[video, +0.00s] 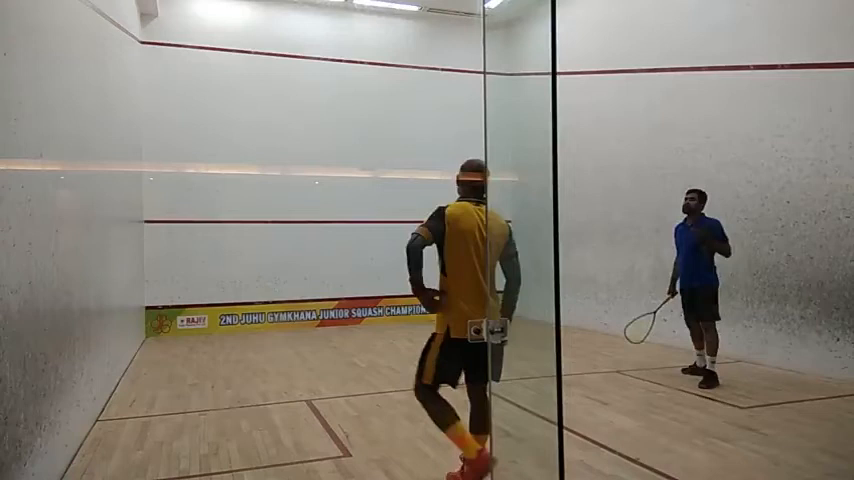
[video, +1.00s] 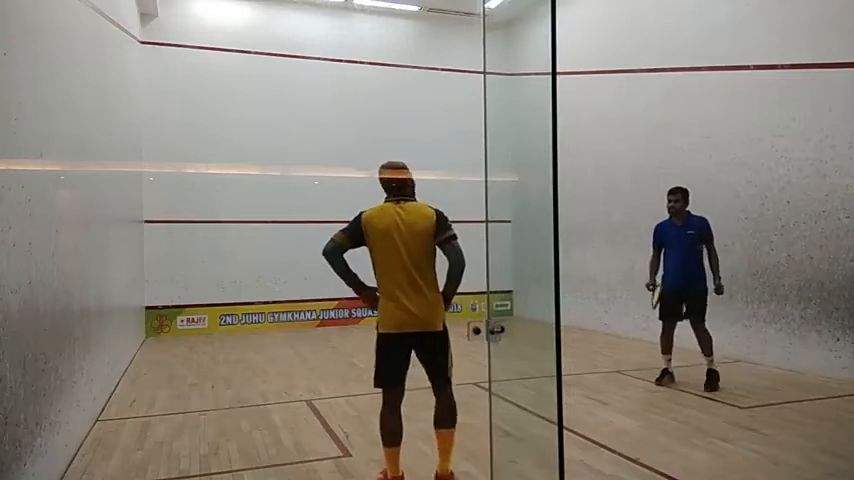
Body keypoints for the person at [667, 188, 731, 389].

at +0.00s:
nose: (686, 203)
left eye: (691, 200)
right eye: (685, 199)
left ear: (701, 204)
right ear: (683, 203)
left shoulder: (712, 225)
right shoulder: (680, 229)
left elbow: (727, 251)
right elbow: (679, 257)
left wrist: (707, 238)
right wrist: (673, 282)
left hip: (706, 284)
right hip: (687, 284)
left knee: (708, 325)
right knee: (692, 323)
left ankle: (711, 370)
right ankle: (700, 363)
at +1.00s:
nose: (672, 205)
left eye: (676, 201)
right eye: (670, 201)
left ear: (686, 203)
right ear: (666, 203)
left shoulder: (700, 224)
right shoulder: (661, 229)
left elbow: (711, 252)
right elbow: (656, 255)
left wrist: (716, 278)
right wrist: (652, 278)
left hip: (695, 286)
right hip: (670, 287)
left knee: (698, 325)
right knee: (667, 326)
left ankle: (711, 369)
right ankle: (667, 370)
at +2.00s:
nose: (690, 206)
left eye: (693, 202)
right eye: (685, 203)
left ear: (700, 202)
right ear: (680, 205)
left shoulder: (715, 227)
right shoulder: (673, 226)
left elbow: (714, 259)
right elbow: (668, 254)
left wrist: (701, 283)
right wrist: (676, 252)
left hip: (702, 287)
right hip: (676, 287)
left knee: (706, 332)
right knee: (665, 328)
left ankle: (712, 373)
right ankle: (670, 366)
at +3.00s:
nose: (597, 206)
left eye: (600, 203)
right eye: (598, 202)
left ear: (609, 206)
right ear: (611, 205)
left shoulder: (617, 225)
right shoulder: (617, 223)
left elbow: (630, 250)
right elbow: (620, 242)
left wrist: (642, 275)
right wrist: (636, 240)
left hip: (630, 288)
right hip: (625, 287)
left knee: (623, 331)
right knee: (622, 331)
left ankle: (656, 370)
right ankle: (635, 377)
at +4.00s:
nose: (530, 212)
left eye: (534, 209)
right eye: (532, 208)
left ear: (540, 212)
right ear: (552, 212)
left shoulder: (531, 233)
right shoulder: (561, 238)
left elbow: (532, 273)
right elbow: (564, 277)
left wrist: (517, 298)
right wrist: (563, 306)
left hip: (533, 301)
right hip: (559, 302)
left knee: (511, 343)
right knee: (565, 343)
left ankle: (507, 395)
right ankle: (592, 386)